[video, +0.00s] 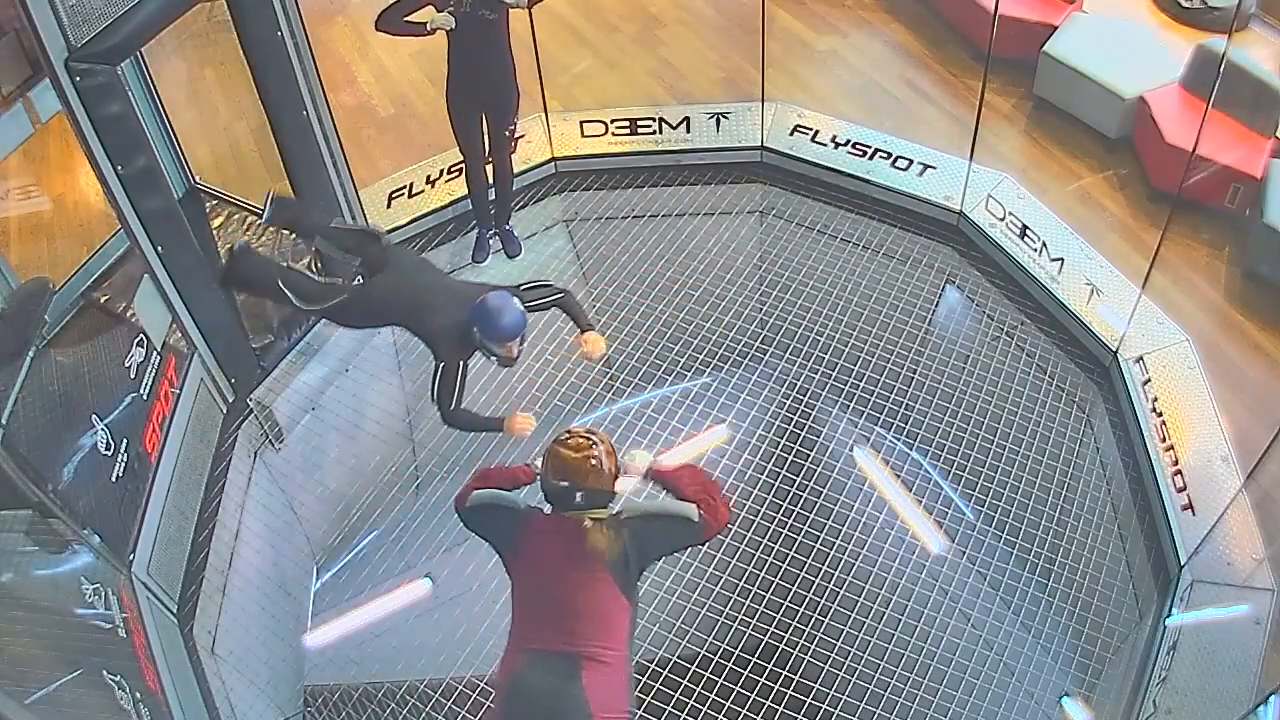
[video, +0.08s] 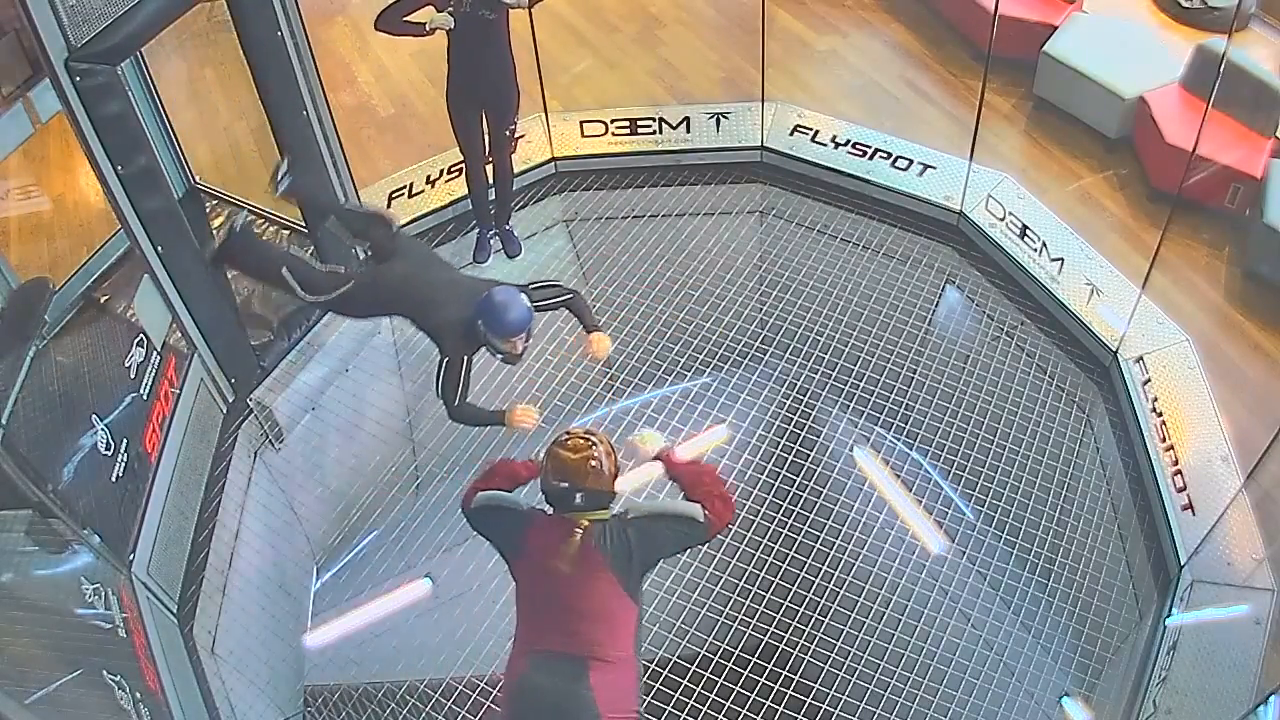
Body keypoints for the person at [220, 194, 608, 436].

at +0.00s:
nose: (514, 349)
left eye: (517, 342)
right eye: (507, 346)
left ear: (518, 316)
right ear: (485, 341)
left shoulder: (504, 297)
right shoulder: (453, 353)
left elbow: (561, 293)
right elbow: (449, 412)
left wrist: (587, 331)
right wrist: (502, 424)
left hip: (417, 264)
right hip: (384, 300)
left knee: (368, 244)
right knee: (320, 298)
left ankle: (289, 214)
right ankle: (243, 263)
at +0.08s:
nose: (521, 345)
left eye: (523, 337)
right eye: (513, 342)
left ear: (524, 318)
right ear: (487, 335)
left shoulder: (512, 298)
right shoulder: (457, 347)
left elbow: (565, 293)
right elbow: (454, 407)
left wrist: (595, 330)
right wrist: (505, 416)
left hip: (421, 259)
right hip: (389, 290)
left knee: (380, 228)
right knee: (322, 287)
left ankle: (301, 189)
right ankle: (236, 241)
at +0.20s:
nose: (531, 348)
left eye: (535, 339)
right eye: (522, 343)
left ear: (541, 317)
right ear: (501, 332)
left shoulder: (527, 296)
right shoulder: (468, 339)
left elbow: (583, 297)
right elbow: (457, 399)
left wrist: (617, 328)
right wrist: (498, 419)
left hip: (434, 247)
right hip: (399, 271)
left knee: (395, 204)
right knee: (323, 262)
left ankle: (338, 154)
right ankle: (262, 207)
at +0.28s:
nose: (542, 348)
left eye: (547, 340)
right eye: (534, 343)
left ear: (553, 310)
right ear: (512, 329)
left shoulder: (541, 290)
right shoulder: (479, 334)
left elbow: (594, 293)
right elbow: (461, 395)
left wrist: (628, 324)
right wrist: (498, 423)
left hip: (450, 240)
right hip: (409, 259)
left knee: (411, 193)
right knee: (343, 256)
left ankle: (373, 128)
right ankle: (312, 180)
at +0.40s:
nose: (567, 351)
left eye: (573, 343)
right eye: (559, 345)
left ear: (578, 320)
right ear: (536, 333)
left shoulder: (570, 292)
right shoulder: (497, 329)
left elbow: (619, 285)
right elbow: (466, 386)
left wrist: (654, 320)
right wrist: (495, 420)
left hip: (476, 226)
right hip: (435, 243)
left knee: (439, 184)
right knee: (368, 218)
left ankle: (409, 136)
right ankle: (380, 175)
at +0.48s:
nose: (577, 353)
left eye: (582, 345)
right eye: (569, 348)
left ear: (591, 325)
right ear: (548, 332)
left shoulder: (588, 293)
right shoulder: (510, 324)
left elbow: (636, 284)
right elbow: (469, 367)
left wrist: (672, 317)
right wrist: (483, 406)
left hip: (496, 218)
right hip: (457, 235)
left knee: (466, 181)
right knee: (383, 207)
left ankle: (431, 145)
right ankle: (392, 135)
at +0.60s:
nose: (594, 342)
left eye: (602, 335)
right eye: (587, 335)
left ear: (615, 316)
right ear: (566, 318)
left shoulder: (613, 287)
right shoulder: (534, 313)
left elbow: (661, 275)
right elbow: (493, 341)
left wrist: (697, 296)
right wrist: (488, 376)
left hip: (534, 212)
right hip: (494, 225)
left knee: (496, 182)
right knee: (418, 203)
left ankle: (470, 146)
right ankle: (435, 135)